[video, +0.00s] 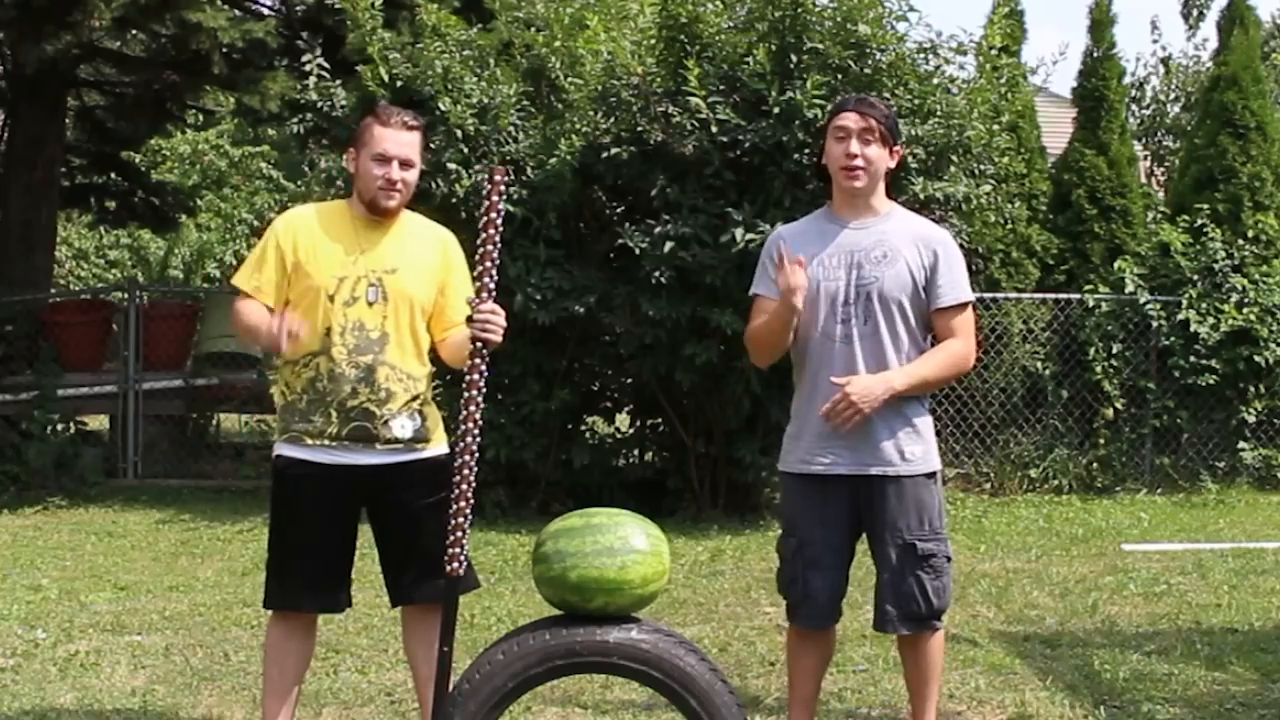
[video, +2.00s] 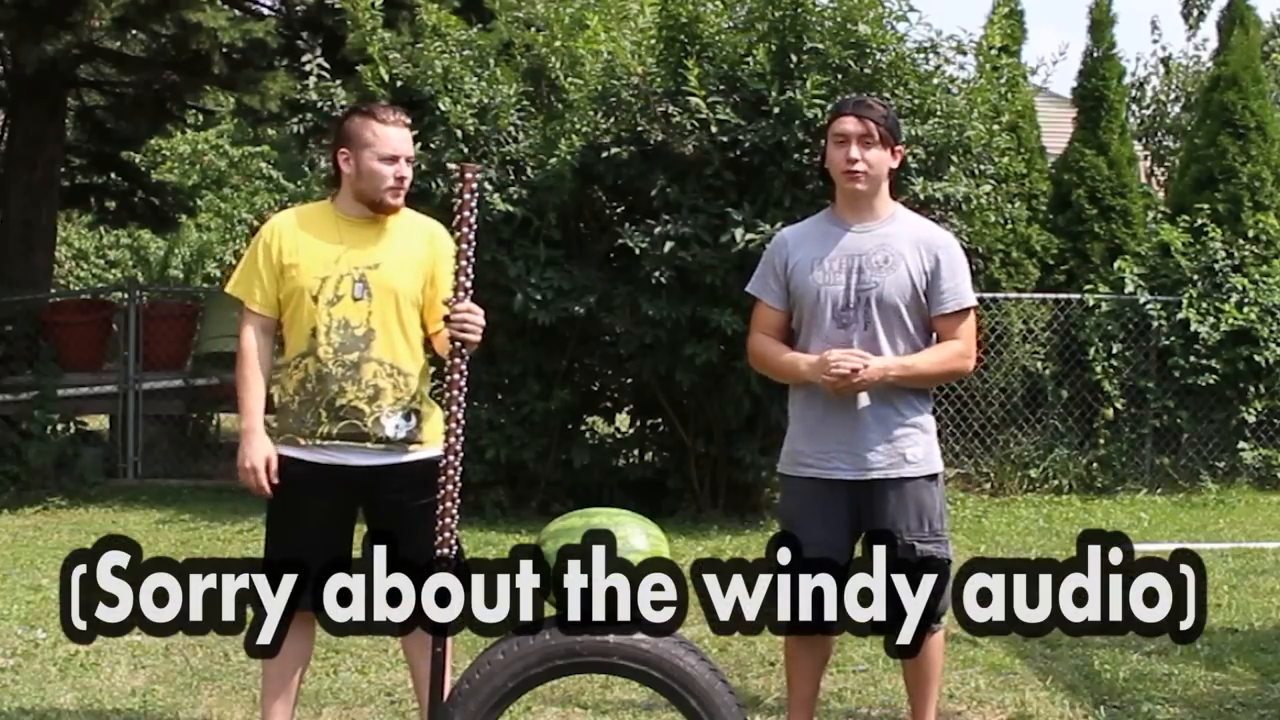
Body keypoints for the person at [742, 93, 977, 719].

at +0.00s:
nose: (853, 149)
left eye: (867, 139)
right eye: (841, 137)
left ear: (891, 156)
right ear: (824, 153)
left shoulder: (930, 242)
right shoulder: (788, 241)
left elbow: (961, 348)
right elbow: (760, 353)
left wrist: (887, 382)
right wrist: (787, 305)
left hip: (903, 460)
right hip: (813, 459)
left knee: (921, 609)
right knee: (808, 609)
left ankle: (923, 716)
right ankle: (799, 716)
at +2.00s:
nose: (853, 153)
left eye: (867, 143)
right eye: (841, 142)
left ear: (892, 156)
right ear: (825, 156)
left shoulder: (933, 244)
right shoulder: (790, 244)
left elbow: (962, 352)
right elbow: (760, 345)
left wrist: (884, 369)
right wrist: (808, 366)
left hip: (905, 465)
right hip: (813, 464)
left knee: (922, 610)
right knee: (805, 609)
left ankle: (923, 717)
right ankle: (799, 717)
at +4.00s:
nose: (813, 163)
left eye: (826, 152)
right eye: (813, 151)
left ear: (872, 158)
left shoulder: (932, 245)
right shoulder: (799, 244)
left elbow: (964, 352)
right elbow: (780, 335)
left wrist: (884, 381)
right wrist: (751, 364)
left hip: (904, 467)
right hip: (814, 464)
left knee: (921, 610)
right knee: (811, 608)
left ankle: (925, 716)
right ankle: (799, 716)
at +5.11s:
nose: (813, 166)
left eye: (825, 153)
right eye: (812, 153)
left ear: (869, 157)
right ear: (841, 158)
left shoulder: (932, 243)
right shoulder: (801, 245)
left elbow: (962, 352)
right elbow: (769, 339)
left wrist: (865, 375)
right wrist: (804, 372)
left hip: (904, 467)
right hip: (815, 466)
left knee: (922, 611)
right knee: (810, 610)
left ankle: (925, 716)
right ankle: (800, 716)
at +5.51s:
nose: (822, 160)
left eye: (835, 149)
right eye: (822, 148)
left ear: (880, 158)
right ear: (829, 156)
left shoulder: (936, 245)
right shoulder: (805, 241)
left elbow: (966, 353)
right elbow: (739, 316)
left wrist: (879, 380)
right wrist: (677, 271)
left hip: (907, 467)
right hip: (818, 463)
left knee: (923, 612)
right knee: (812, 609)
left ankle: (925, 718)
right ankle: (799, 716)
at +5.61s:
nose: (823, 157)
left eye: (836, 147)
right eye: (824, 145)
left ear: (880, 159)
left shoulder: (936, 246)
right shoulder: (807, 239)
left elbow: (966, 354)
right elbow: (734, 302)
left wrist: (880, 380)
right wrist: (678, 247)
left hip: (906, 468)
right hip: (817, 464)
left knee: (923, 613)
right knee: (812, 611)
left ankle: (924, 717)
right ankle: (799, 716)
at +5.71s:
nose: (824, 155)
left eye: (838, 145)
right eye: (825, 143)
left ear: (882, 159)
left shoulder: (937, 247)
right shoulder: (808, 239)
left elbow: (963, 356)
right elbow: (733, 299)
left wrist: (874, 377)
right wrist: (679, 243)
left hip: (905, 468)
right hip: (816, 464)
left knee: (922, 613)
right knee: (812, 611)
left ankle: (924, 717)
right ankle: (799, 716)